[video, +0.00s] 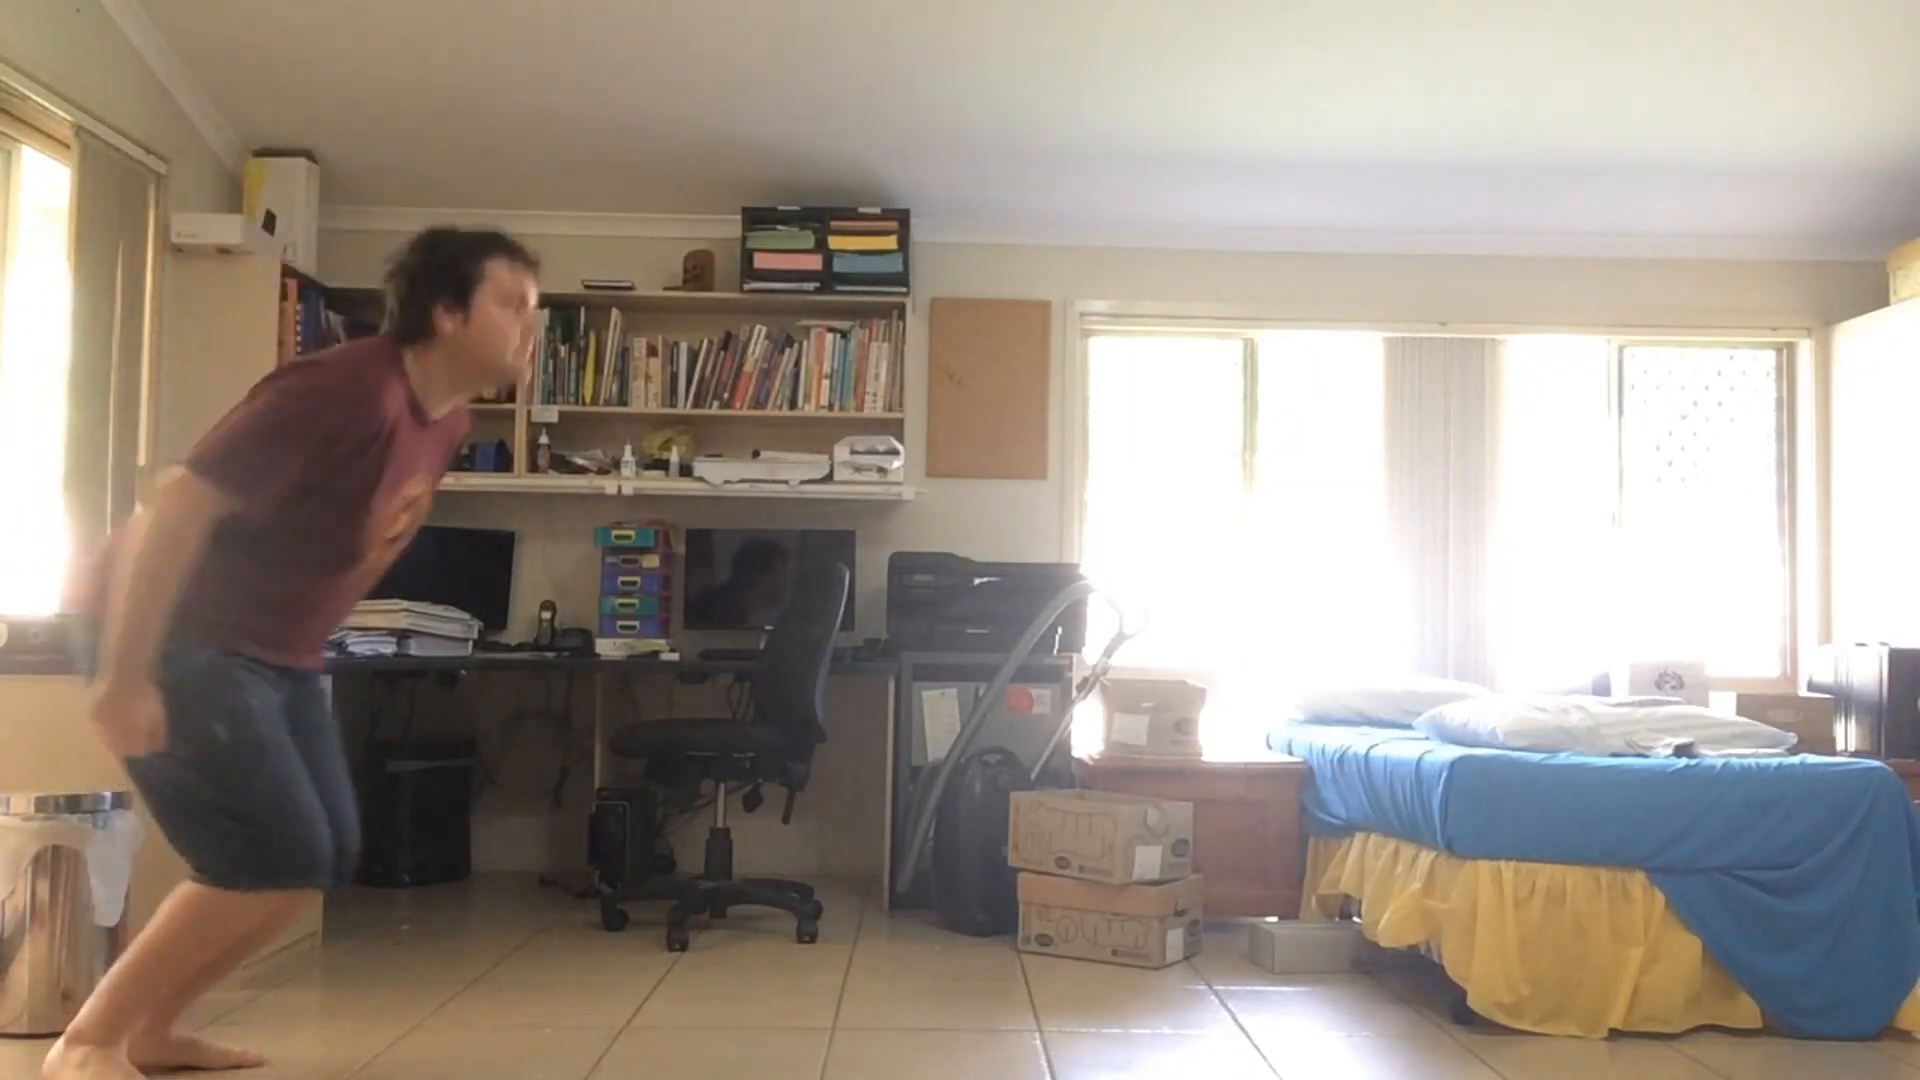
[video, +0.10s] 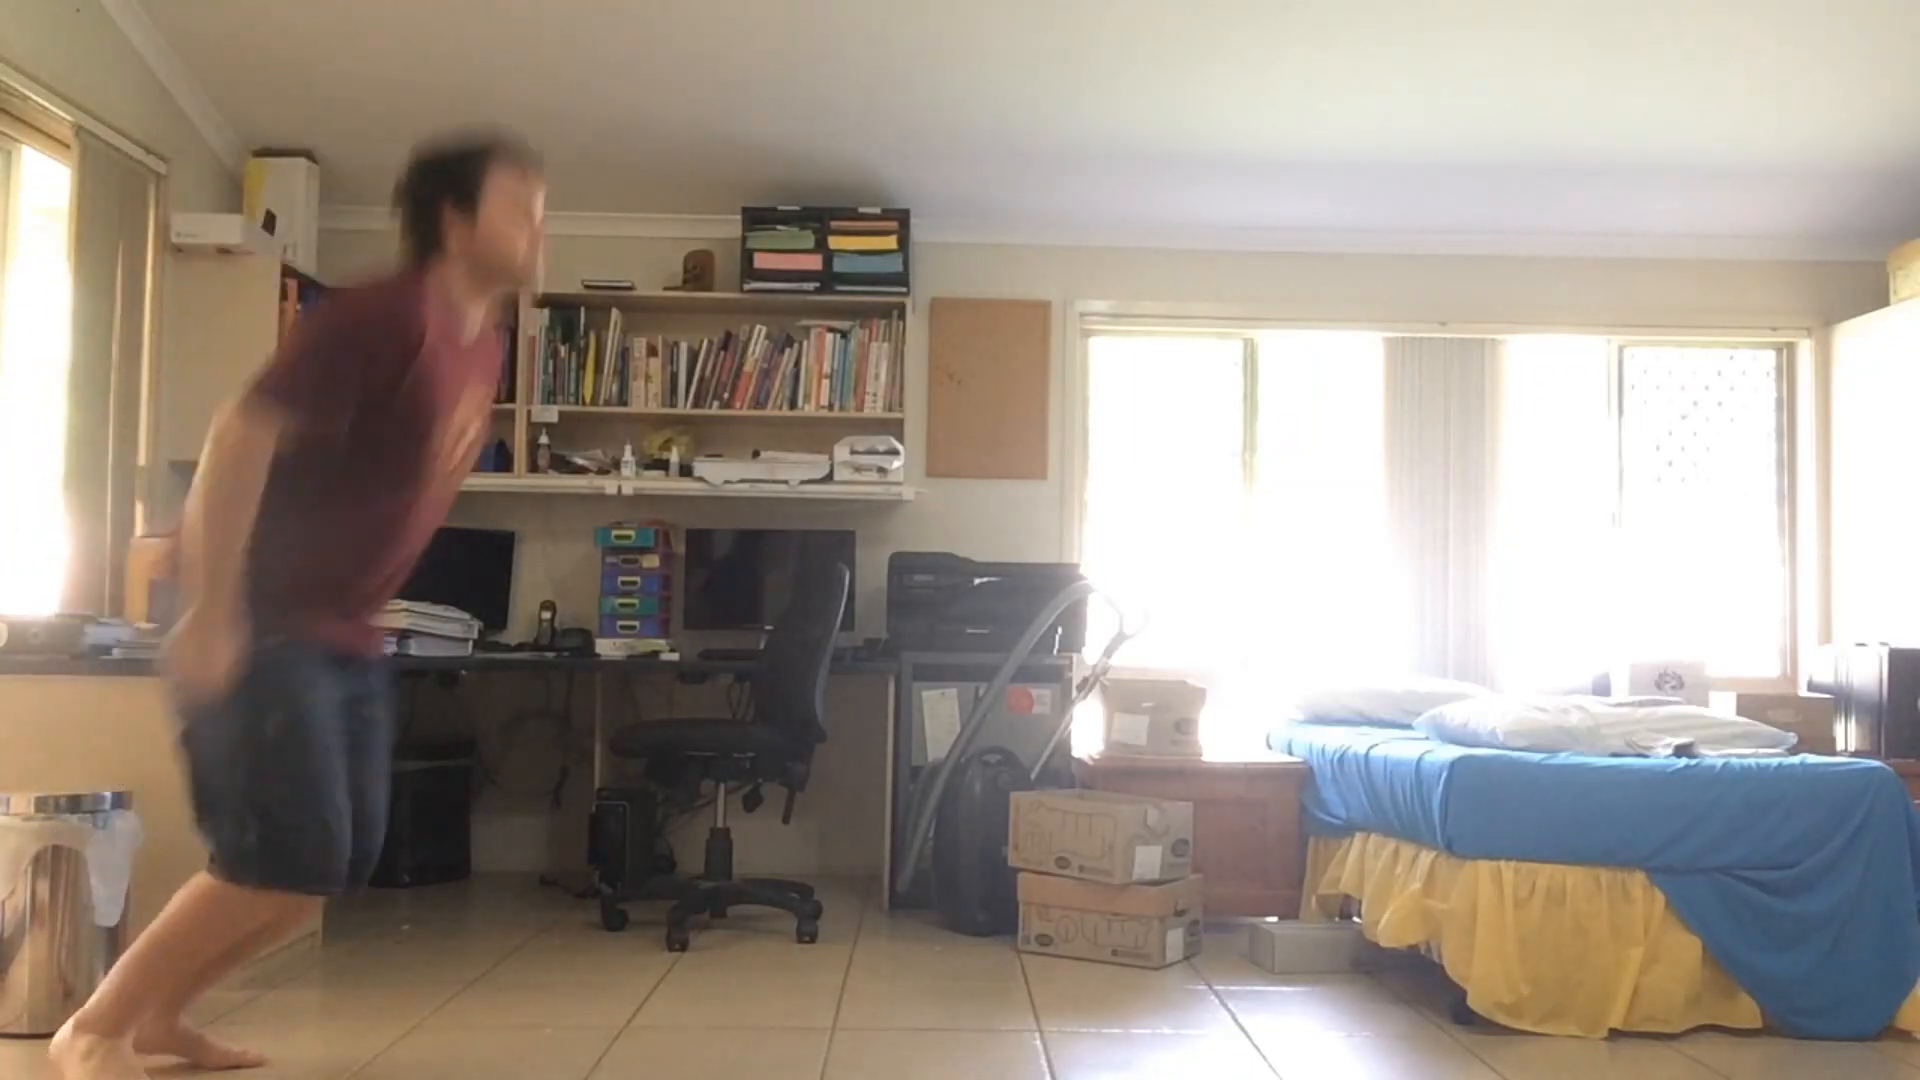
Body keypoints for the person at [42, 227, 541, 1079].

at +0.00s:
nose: (533, 327)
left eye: (534, 309)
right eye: (516, 306)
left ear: (471, 323)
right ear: (448, 316)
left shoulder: (448, 423)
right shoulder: (339, 388)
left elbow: (347, 541)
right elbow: (183, 498)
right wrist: (126, 676)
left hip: (292, 665)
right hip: (199, 651)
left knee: (318, 858)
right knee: (271, 862)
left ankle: (147, 1030)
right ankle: (84, 1049)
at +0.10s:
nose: (538, 229)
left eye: (539, 210)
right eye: (520, 208)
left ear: (500, 223)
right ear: (454, 217)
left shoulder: (486, 342)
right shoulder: (375, 316)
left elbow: (407, 472)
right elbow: (242, 430)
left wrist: (359, 594)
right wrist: (210, 609)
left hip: (351, 633)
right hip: (268, 625)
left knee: (333, 858)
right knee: (283, 856)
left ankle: (156, 1019)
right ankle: (92, 1032)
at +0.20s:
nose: (569, 117)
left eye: (574, 100)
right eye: (553, 94)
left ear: (523, 109)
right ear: (486, 94)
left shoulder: (516, 220)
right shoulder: (406, 181)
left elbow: (501, 354)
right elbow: (301, 305)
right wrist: (326, 476)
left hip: (461, 544)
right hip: (383, 535)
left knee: (332, 786)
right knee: (282, 774)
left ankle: (215, 980)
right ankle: (137, 985)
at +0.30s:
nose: (659, 54)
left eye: (662, 34)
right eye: (646, 29)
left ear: (595, 32)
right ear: (582, 23)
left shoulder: (570, 132)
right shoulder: (490, 103)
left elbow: (507, 272)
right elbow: (405, 242)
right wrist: (444, 422)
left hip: (532, 452)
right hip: (467, 446)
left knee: (470, 694)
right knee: (460, 695)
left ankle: (280, 897)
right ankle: (295, 918)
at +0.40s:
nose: (781, 58)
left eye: (785, 36)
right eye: (767, 31)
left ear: (728, 32)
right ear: (703, 24)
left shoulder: (669, 136)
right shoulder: (607, 90)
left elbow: (596, 281)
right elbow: (511, 235)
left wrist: (600, 426)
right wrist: (535, 420)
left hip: (574, 426)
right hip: (515, 421)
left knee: (558, 664)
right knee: (578, 669)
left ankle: (479, 915)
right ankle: (510, 938)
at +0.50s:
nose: (867, 104)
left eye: (870, 83)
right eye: (855, 77)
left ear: (810, 81)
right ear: (790, 69)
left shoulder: (752, 175)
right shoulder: (710, 137)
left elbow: (653, 293)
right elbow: (588, 274)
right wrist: (611, 461)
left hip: (639, 455)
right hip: (588, 449)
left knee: (659, 710)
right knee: (678, 703)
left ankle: (671, 981)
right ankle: (660, 989)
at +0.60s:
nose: (928, 171)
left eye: (927, 150)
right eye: (913, 146)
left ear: (858, 156)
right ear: (849, 150)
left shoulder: (810, 257)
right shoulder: (778, 232)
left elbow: (731, 403)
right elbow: (670, 367)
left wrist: (770, 560)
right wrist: (693, 568)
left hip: (734, 558)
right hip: (692, 559)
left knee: (770, 806)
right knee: (798, 804)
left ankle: (676, 1038)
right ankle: (657, 1045)